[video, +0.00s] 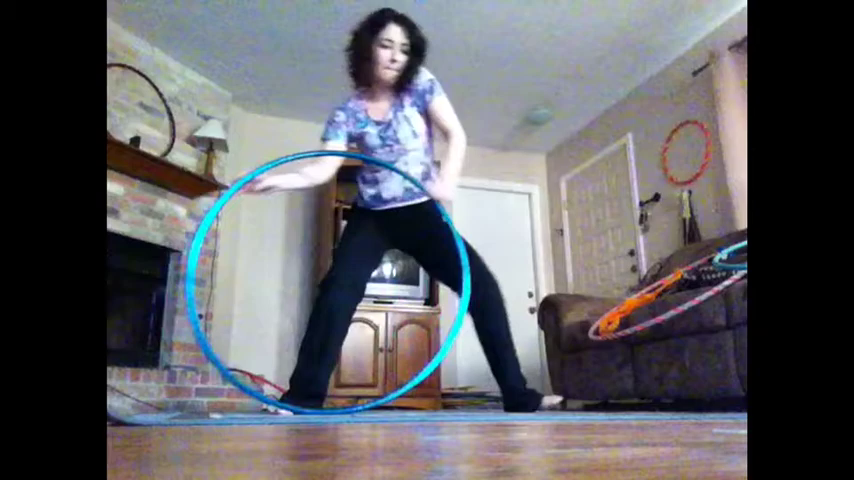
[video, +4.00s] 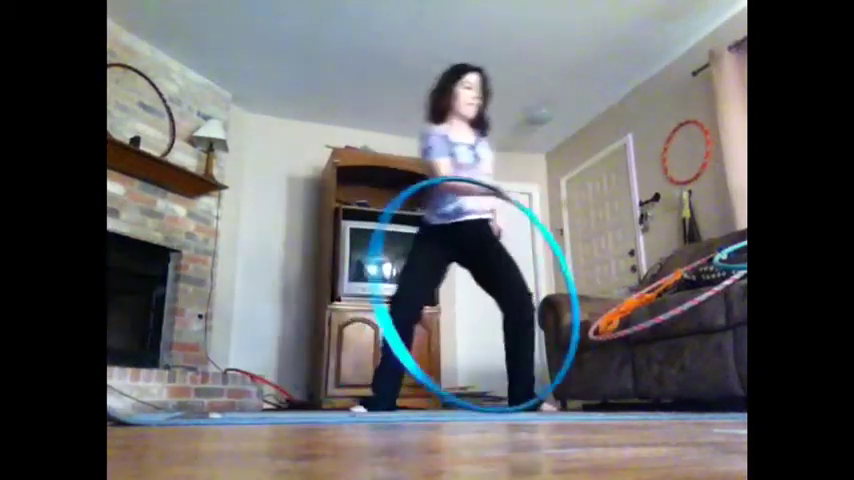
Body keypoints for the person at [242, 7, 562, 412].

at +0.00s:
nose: (395, 56)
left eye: (404, 49)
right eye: (386, 46)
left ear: (412, 57)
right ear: (365, 50)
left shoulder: (420, 87)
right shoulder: (348, 112)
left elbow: (456, 135)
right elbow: (322, 168)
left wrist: (447, 181)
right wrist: (274, 180)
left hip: (420, 214)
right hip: (370, 218)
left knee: (483, 287)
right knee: (337, 293)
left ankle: (518, 396)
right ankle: (302, 398)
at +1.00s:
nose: (542, 105)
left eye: (545, 102)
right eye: (541, 96)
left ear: (536, 105)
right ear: (527, 86)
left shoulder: (507, 125)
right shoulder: (505, 96)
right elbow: (524, 155)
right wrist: (572, 197)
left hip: (472, 228)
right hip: (439, 213)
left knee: (544, 294)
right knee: (391, 306)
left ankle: (532, 401)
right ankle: (306, 402)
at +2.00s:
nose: (375, 58)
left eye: (384, 51)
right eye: (367, 49)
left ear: (395, 56)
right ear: (351, 50)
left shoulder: (409, 88)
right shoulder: (329, 104)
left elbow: (458, 89)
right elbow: (280, 136)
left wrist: (504, 101)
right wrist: (260, 156)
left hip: (418, 209)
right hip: (368, 218)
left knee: (470, 303)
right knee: (302, 279)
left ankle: (537, 402)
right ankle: (289, 400)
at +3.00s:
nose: (475, 79)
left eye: (484, 70)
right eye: (467, 70)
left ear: (497, 73)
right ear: (455, 73)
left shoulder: (513, 106)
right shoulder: (445, 117)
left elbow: (498, 147)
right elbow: (449, 174)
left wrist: (441, 129)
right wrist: (506, 173)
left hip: (508, 223)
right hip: (461, 224)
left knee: (522, 301)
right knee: (416, 299)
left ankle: (534, 400)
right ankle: (427, 393)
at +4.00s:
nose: (473, 95)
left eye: (478, 90)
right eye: (466, 87)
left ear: (484, 100)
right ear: (447, 93)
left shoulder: (482, 143)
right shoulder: (436, 135)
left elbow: (485, 188)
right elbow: (446, 184)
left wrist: (493, 218)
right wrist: (492, 194)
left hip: (476, 231)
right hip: (437, 231)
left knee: (519, 303)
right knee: (404, 307)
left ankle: (523, 399)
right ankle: (382, 401)